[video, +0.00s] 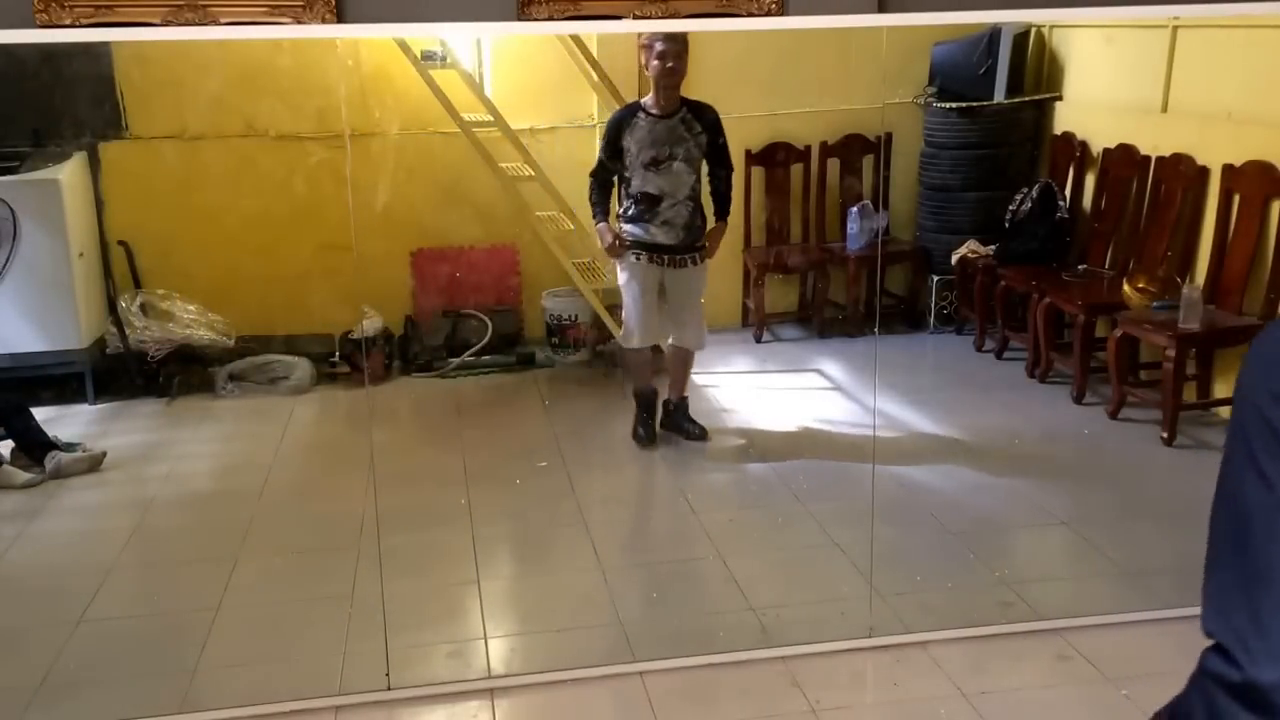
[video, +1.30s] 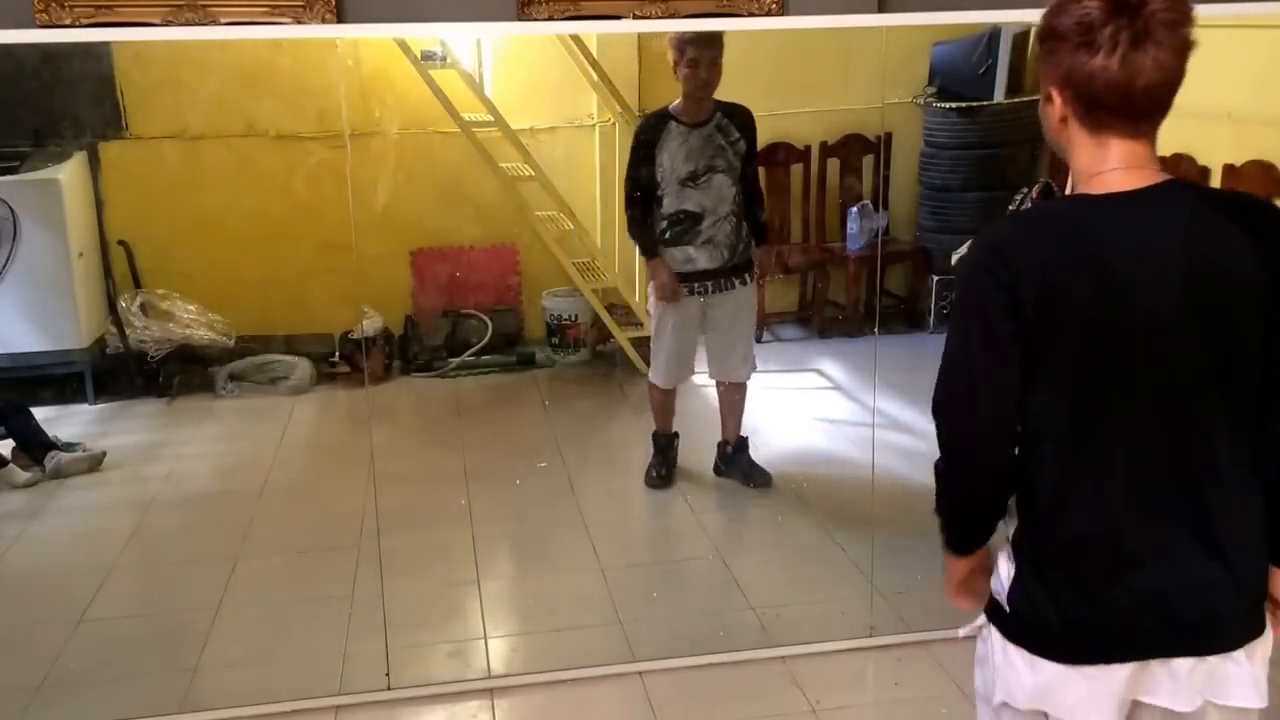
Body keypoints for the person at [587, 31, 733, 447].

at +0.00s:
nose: (670, 64)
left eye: (677, 57)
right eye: (662, 57)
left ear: (687, 63)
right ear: (646, 63)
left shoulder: (704, 118)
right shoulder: (623, 120)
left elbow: (721, 171)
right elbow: (602, 176)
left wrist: (721, 222)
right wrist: (601, 224)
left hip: (688, 247)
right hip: (636, 247)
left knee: (686, 333)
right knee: (638, 335)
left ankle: (676, 408)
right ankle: (644, 406)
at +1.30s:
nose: (698, 72)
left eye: (708, 64)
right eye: (689, 64)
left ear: (720, 68)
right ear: (675, 67)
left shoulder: (739, 121)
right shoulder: (653, 128)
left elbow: (750, 187)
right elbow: (637, 200)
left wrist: (761, 245)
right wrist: (654, 263)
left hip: (733, 271)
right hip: (675, 275)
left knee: (735, 366)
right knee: (665, 369)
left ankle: (732, 451)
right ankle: (663, 447)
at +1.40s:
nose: (715, 73)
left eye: (723, 64)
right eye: (705, 65)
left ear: (733, 67)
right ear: (688, 68)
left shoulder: (743, 121)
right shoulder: (666, 129)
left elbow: (752, 188)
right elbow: (656, 208)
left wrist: (765, 241)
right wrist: (695, 259)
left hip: (742, 269)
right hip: (687, 272)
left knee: (737, 364)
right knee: (676, 366)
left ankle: (731, 451)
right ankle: (660, 446)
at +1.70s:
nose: (756, 75)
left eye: (759, 65)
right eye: (745, 66)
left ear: (762, 67)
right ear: (715, 67)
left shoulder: (722, 125)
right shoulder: (712, 130)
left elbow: (735, 201)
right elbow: (726, 208)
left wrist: (762, 233)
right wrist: (765, 248)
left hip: (732, 267)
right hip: (727, 270)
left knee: (735, 363)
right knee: (740, 366)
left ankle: (732, 453)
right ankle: (664, 435)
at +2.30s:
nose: (768, 79)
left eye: (775, 70)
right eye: (759, 68)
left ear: (781, 73)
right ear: (735, 66)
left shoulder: (763, 129)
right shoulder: (709, 123)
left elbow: (761, 203)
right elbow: (699, 204)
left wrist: (764, 256)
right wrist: (727, 268)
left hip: (743, 270)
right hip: (704, 270)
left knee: (735, 363)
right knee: (686, 364)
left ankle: (731, 456)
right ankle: (635, 446)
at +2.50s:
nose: (755, 83)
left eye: (763, 75)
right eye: (746, 74)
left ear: (773, 76)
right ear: (726, 70)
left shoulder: (771, 131)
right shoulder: (692, 123)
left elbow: (777, 197)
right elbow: (667, 196)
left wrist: (775, 251)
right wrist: (670, 272)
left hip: (740, 280)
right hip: (683, 277)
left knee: (736, 369)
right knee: (650, 372)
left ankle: (732, 457)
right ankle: (638, 462)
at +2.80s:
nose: (701, 99)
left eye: (710, 89)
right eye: (692, 89)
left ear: (724, 81)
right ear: (677, 79)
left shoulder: (739, 130)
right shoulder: (649, 132)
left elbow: (755, 205)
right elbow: (626, 204)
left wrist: (758, 273)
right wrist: (617, 273)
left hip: (723, 280)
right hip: (658, 282)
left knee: (733, 371)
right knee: (638, 378)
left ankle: (732, 458)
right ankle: (628, 465)